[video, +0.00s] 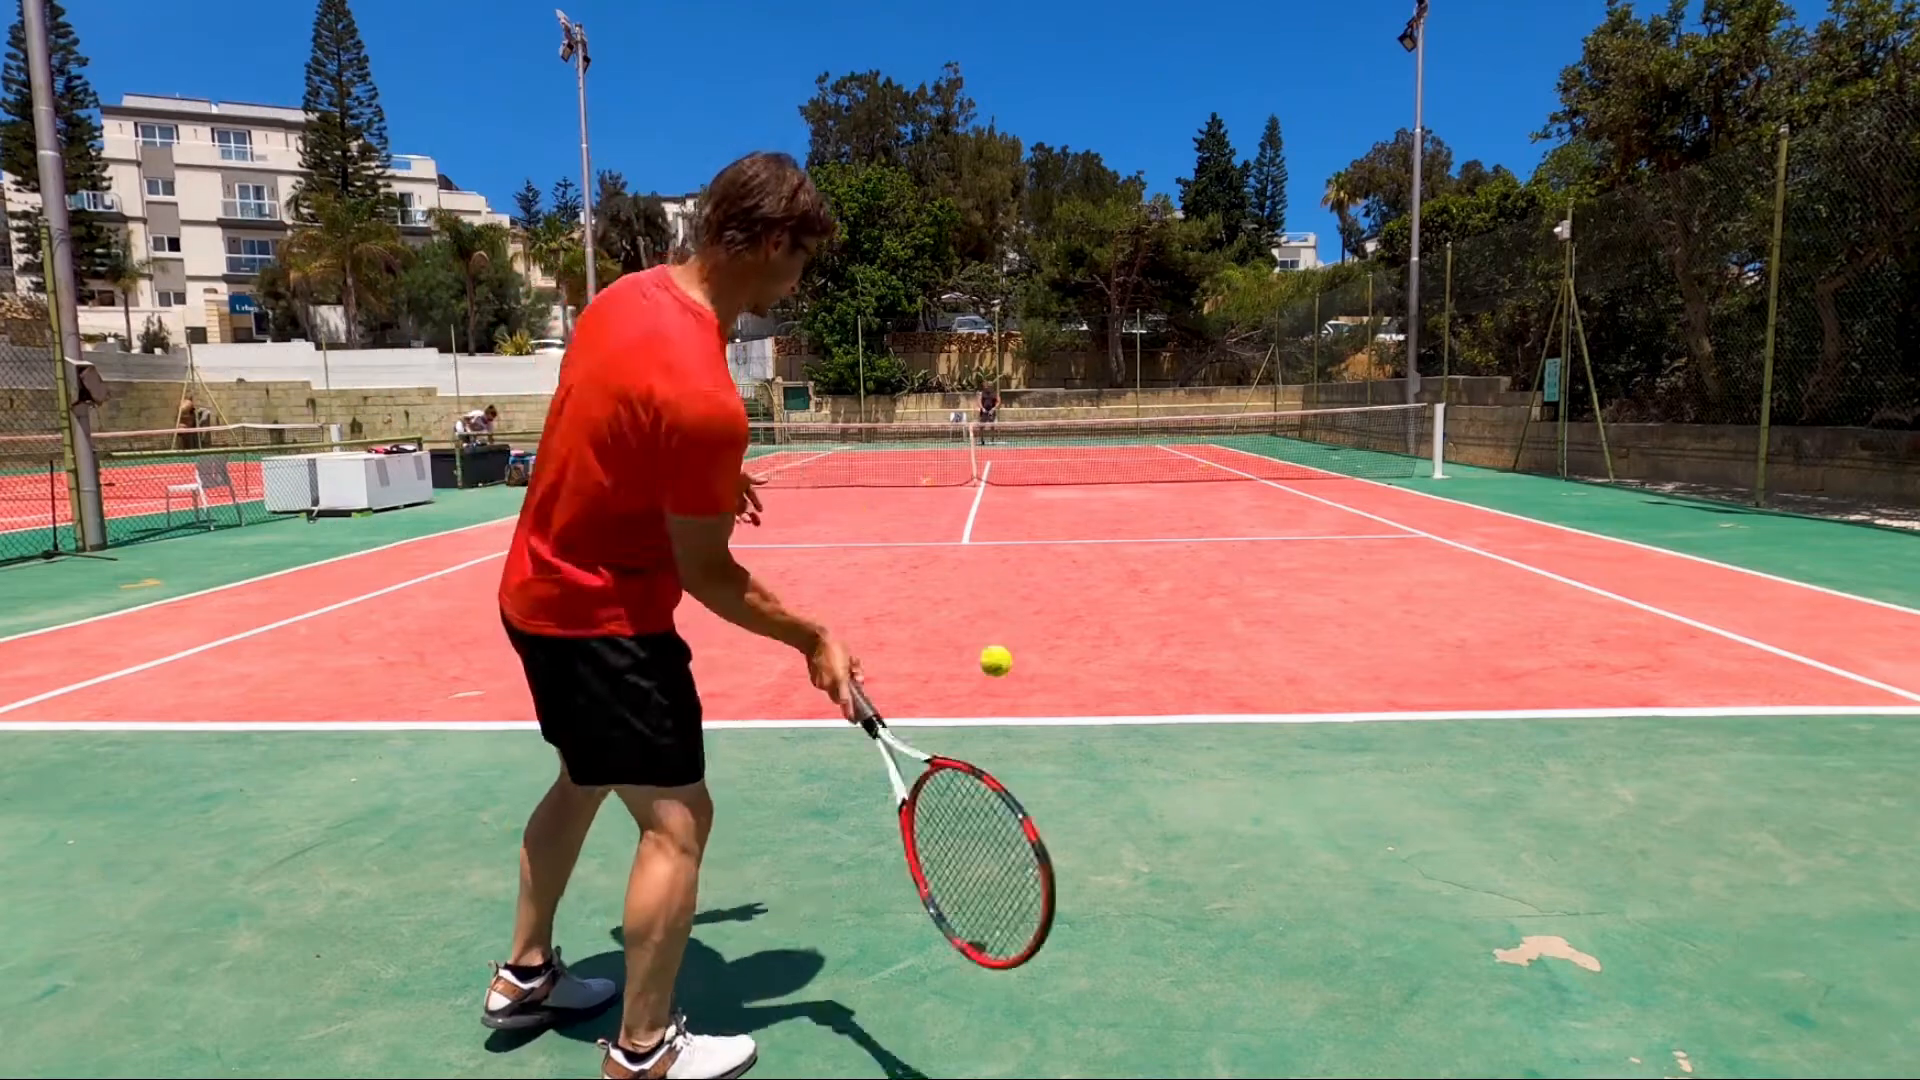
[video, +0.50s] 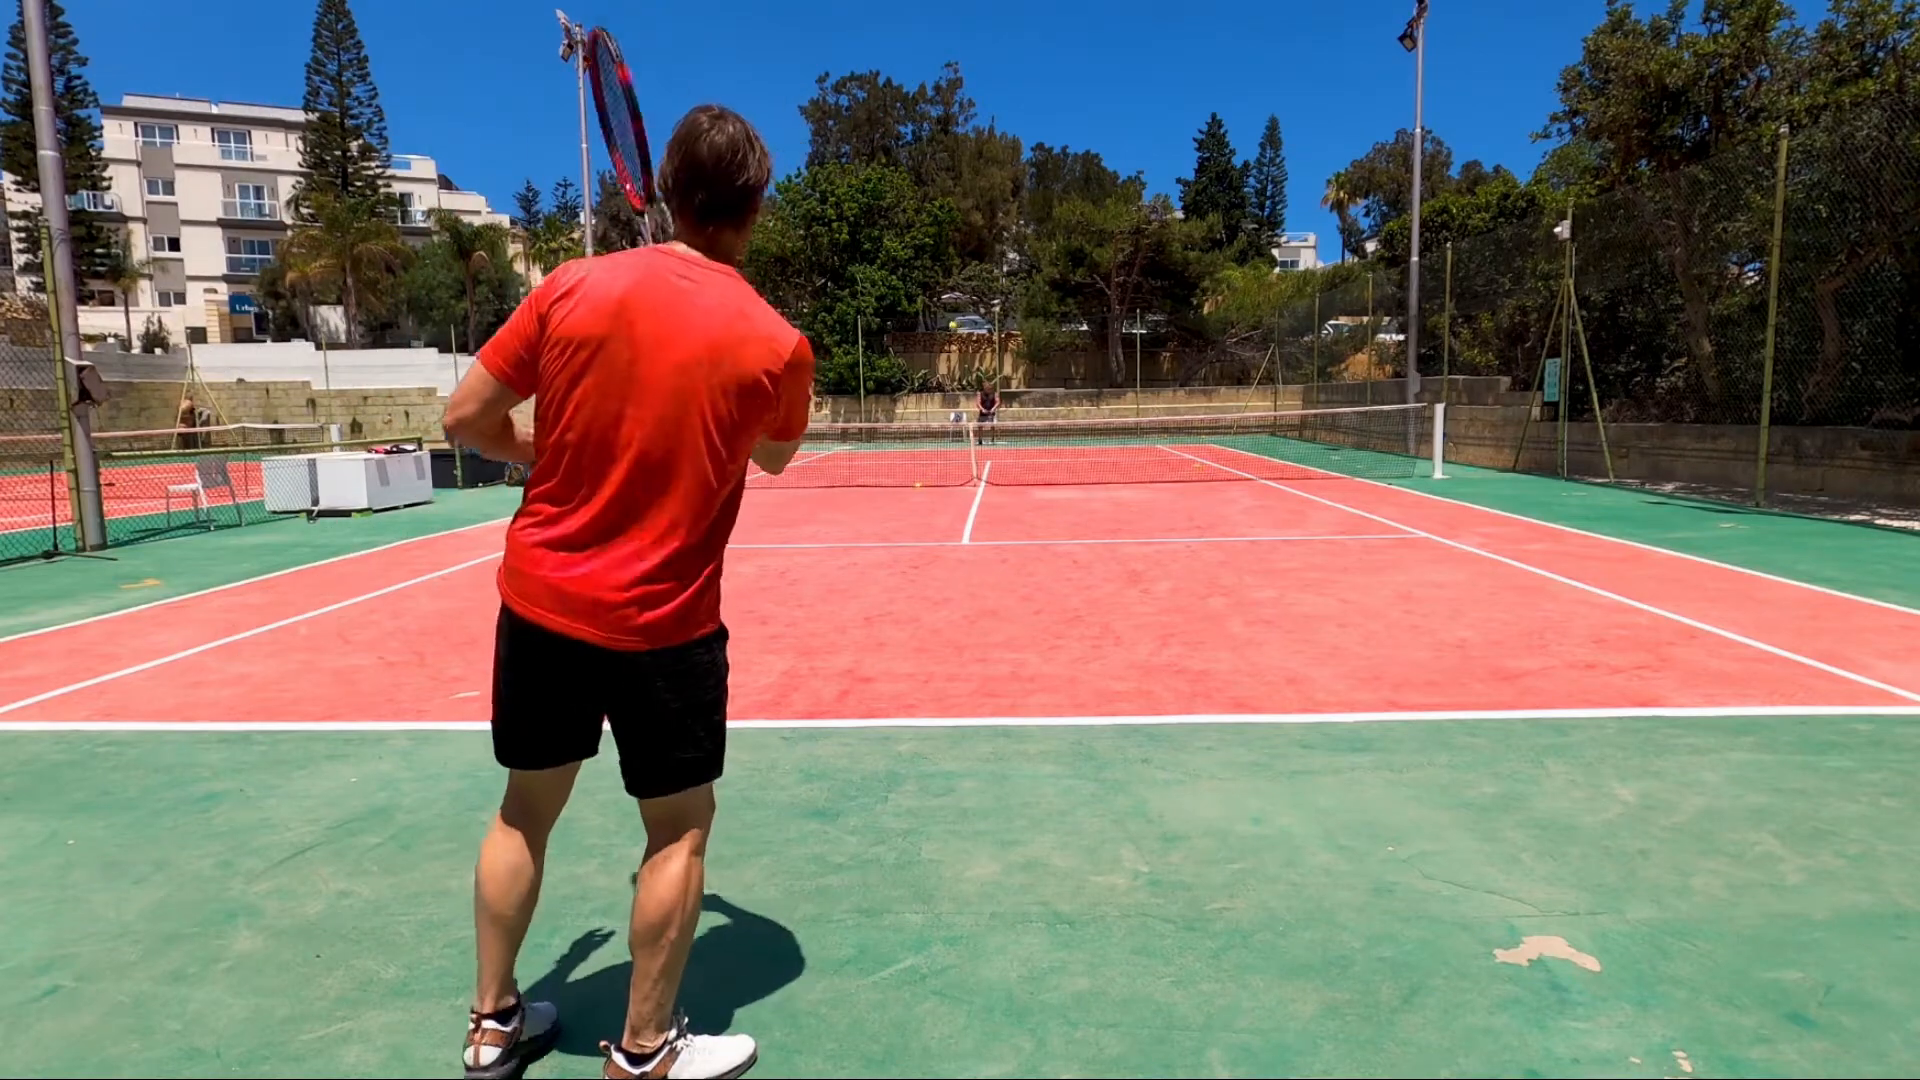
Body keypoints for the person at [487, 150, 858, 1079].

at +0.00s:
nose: (796, 284)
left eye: (803, 266)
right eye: (798, 262)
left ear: (719, 231)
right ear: (761, 247)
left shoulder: (625, 298)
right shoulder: (703, 400)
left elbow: (600, 431)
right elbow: (705, 571)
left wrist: (705, 478)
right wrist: (810, 638)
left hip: (542, 590)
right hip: (609, 619)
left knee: (583, 776)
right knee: (676, 819)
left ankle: (526, 971)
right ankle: (644, 1044)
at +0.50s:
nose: (750, 211)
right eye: (756, 198)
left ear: (660, 196)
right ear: (757, 206)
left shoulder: (575, 288)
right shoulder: (774, 343)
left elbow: (467, 415)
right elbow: (772, 454)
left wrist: (548, 453)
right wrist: (694, 391)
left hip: (542, 609)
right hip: (669, 629)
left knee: (523, 809)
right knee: (676, 834)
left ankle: (491, 1018)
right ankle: (646, 1044)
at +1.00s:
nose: (620, 231)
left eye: (614, 219)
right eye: (617, 218)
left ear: (521, 222)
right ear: (606, 219)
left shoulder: (461, 335)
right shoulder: (649, 317)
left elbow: (418, 494)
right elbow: (713, 466)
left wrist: (504, 522)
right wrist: (677, 531)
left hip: (505, 630)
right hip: (628, 621)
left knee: (529, 824)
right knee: (704, 800)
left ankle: (514, 1039)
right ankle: (666, 1032)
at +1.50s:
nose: (667, 206)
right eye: (668, 192)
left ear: (574, 196)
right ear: (667, 198)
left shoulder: (514, 310)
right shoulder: (719, 308)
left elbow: (465, 471)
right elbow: (765, 465)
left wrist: (559, 471)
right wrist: (708, 517)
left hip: (561, 613)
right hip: (694, 606)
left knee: (547, 818)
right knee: (753, 803)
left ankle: (532, 1030)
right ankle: (774, 1033)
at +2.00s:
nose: (688, 166)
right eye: (687, 153)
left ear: (584, 160)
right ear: (684, 161)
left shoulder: (514, 276)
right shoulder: (734, 277)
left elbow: (460, 436)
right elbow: (801, 437)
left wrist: (552, 468)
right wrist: (723, 494)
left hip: (546, 586)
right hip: (687, 587)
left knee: (507, 789)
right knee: (753, 811)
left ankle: (446, 1017)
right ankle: (776, 1050)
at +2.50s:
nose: (858, 286)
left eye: (853, 271)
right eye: (855, 272)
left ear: (758, 277)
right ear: (843, 282)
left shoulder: (705, 377)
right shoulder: (823, 398)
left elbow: (707, 541)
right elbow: (835, 590)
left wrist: (808, 622)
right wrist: (886, 669)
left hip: (618, 701)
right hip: (725, 720)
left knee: (582, 881)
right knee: (876, 900)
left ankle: (402, 1053)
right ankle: (782, 1074)